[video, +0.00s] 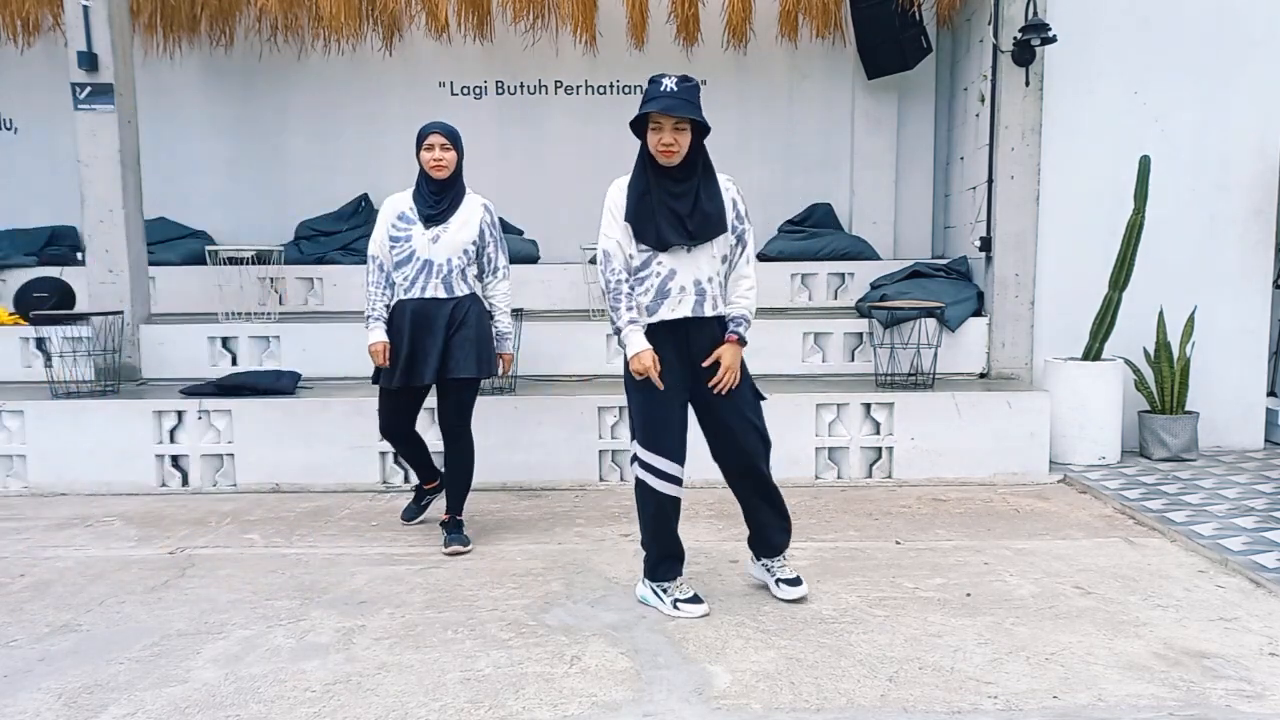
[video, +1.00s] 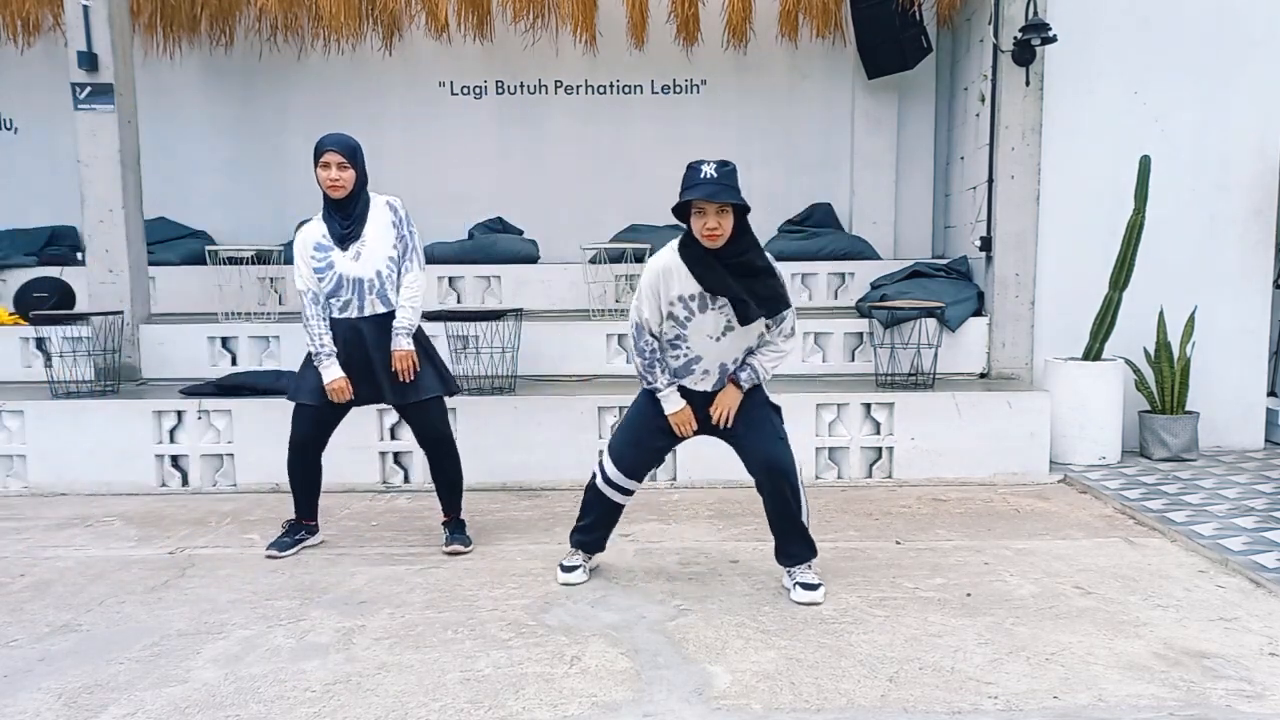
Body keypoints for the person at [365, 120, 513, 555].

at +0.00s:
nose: (437, 155)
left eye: (446, 148)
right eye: (429, 148)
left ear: (459, 155)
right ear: (418, 156)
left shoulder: (480, 209)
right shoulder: (395, 207)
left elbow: (497, 278)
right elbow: (378, 275)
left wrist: (503, 337)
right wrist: (376, 329)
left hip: (464, 327)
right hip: (409, 328)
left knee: (455, 425)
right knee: (393, 423)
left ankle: (454, 519)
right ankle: (431, 480)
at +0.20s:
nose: (431, 147)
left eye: (439, 140)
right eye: (423, 141)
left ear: (454, 148)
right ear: (412, 151)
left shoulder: (476, 204)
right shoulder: (388, 203)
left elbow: (491, 272)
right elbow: (374, 274)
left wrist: (485, 328)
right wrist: (373, 328)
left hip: (456, 325)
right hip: (400, 325)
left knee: (453, 425)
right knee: (369, 421)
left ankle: (453, 520)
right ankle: (360, 510)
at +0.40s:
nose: (419, 145)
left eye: (428, 138)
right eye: (411, 139)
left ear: (442, 146)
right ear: (400, 149)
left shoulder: (464, 206)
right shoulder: (375, 198)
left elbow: (478, 273)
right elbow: (357, 267)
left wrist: (460, 323)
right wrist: (363, 323)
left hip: (442, 325)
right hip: (386, 325)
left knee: (446, 427)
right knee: (357, 424)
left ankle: (453, 521)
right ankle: (325, 517)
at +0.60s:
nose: (402, 149)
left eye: (410, 141)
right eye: (393, 143)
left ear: (425, 149)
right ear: (383, 152)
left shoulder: (451, 207)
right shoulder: (362, 205)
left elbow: (461, 279)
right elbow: (350, 278)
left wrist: (444, 336)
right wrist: (358, 342)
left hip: (431, 334)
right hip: (372, 332)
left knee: (439, 434)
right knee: (339, 429)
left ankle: (452, 522)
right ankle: (324, 521)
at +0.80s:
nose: (377, 150)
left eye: (386, 142)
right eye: (368, 143)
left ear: (401, 146)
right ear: (358, 150)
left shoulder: (431, 199)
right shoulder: (342, 203)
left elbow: (447, 271)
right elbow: (337, 272)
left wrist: (437, 333)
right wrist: (354, 324)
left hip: (421, 323)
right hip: (363, 323)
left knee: (438, 428)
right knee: (316, 415)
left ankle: (453, 521)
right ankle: (304, 509)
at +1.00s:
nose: (334, 175)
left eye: (343, 167)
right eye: (325, 167)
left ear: (359, 171)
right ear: (317, 174)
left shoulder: (391, 211)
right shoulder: (307, 235)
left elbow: (413, 275)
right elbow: (311, 307)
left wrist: (403, 336)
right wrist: (328, 365)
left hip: (394, 340)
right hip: (336, 347)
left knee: (436, 435)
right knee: (303, 439)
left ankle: (454, 523)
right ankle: (305, 523)